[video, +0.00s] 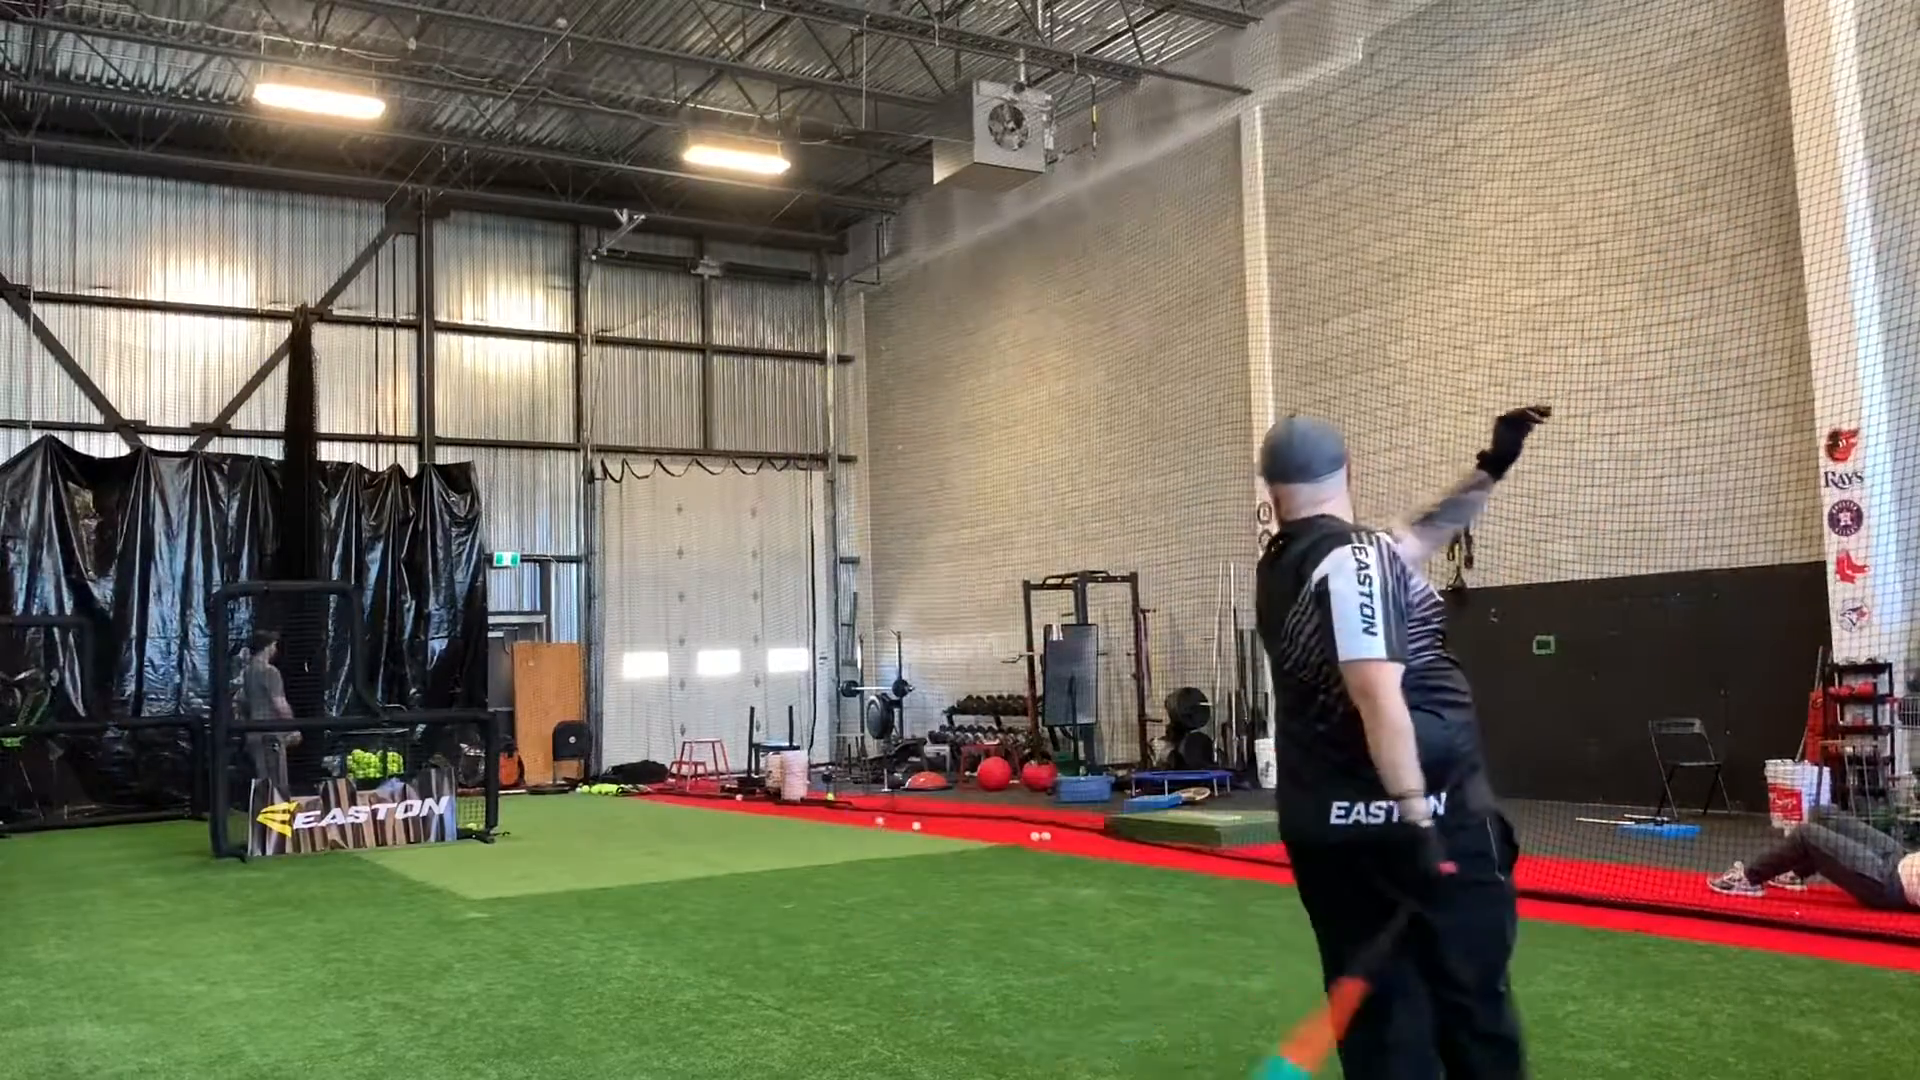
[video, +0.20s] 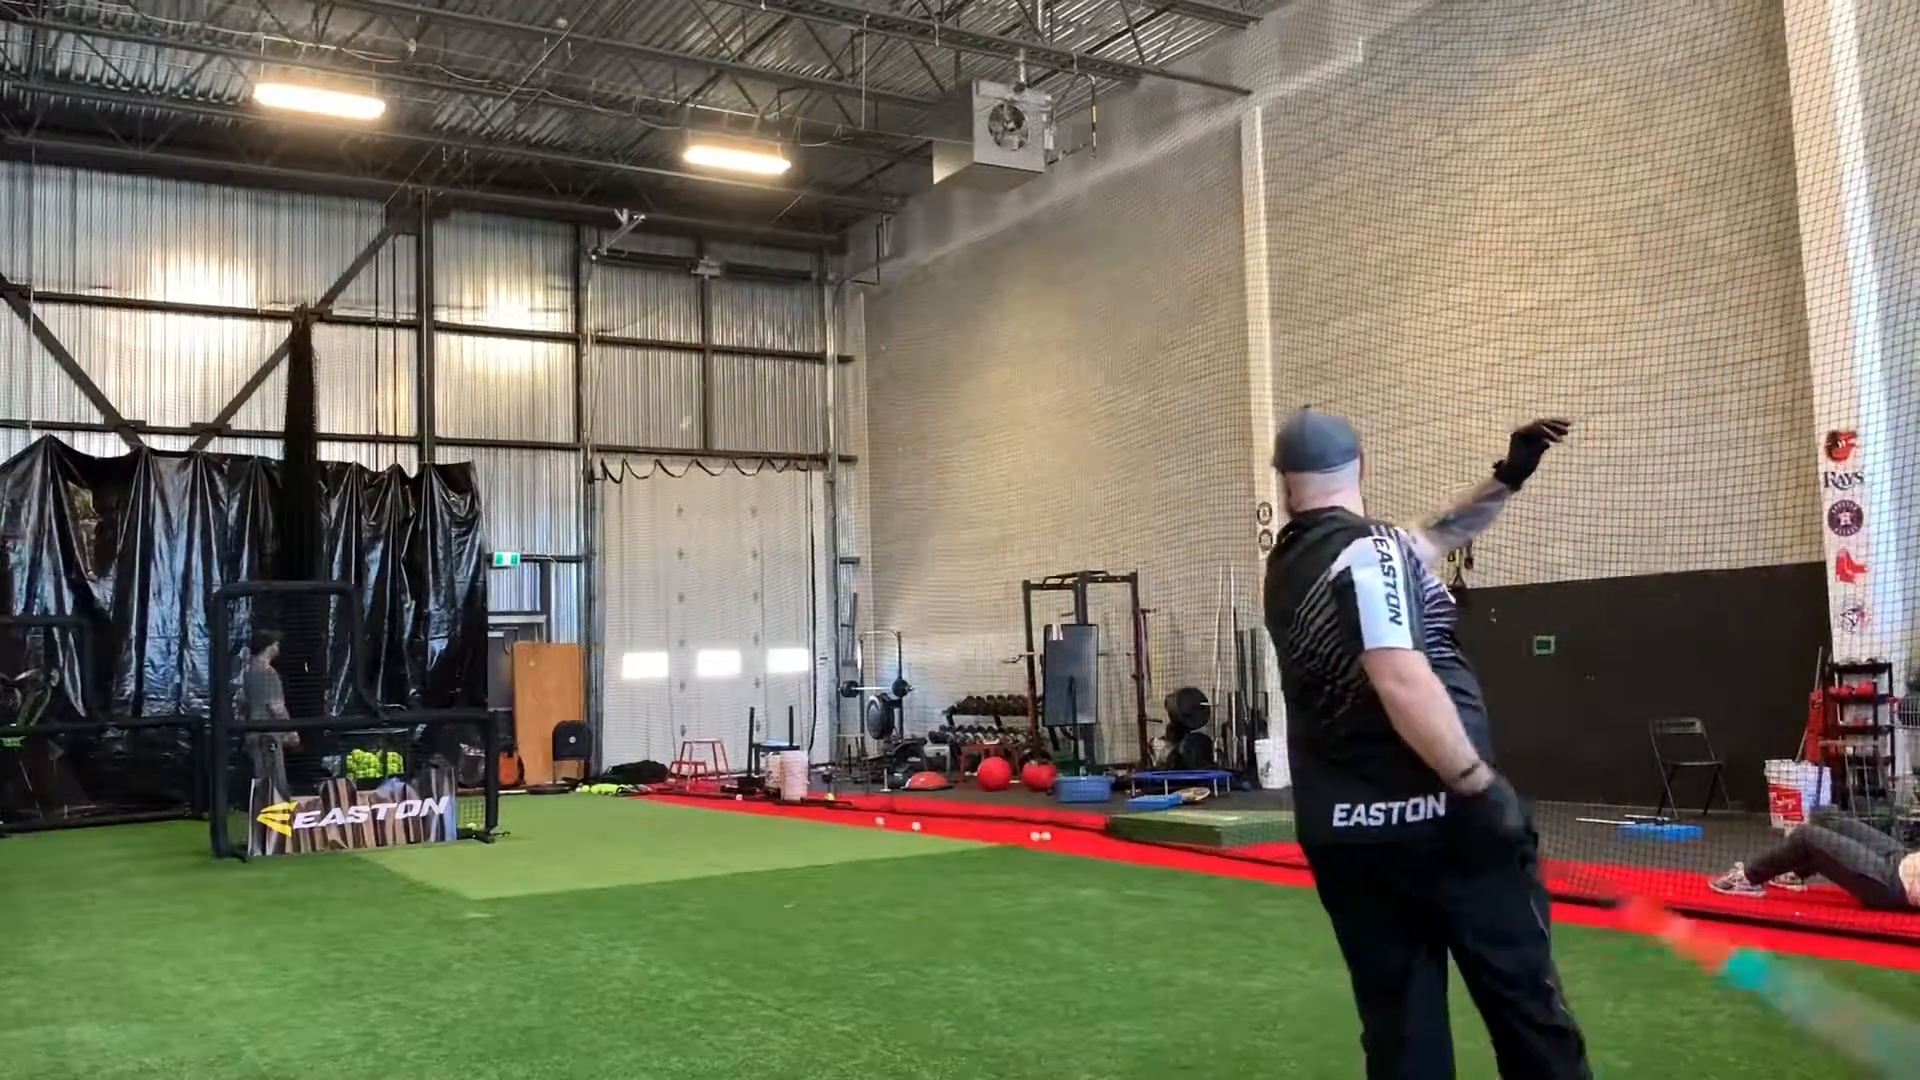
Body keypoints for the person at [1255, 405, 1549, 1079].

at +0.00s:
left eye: (1271, 482)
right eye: (1350, 467)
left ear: (1270, 491)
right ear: (1348, 472)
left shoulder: (1281, 565)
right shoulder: (1358, 558)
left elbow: (1419, 538)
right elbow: (1374, 689)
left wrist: (1490, 469)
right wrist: (1420, 821)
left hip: (1329, 831)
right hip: (1424, 824)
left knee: (1376, 1023)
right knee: (1473, 1015)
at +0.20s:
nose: (1365, 472)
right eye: (1362, 463)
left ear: (1282, 481)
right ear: (1360, 468)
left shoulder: (1288, 564)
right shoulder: (1374, 552)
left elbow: (1432, 538)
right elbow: (1396, 671)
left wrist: (1507, 478)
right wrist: (1477, 781)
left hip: (1343, 828)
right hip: (1439, 820)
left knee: (1399, 1028)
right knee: (1528, 1013)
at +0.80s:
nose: (1356, 512)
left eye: (1354, 498)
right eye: (1353, 499)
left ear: (1376, 489)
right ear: (1441, 472)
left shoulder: (1365, 590)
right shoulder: (1546, 533)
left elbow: (1298, 741)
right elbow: (1646, 621)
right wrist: (1731, 652)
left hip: (1448, 842)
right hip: (1571, 829)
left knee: (1412, 1038)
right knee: (1543, 1030)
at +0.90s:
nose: (1359, 531)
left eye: (1355, 511)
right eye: (1353, 513)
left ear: (1385, 494)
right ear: (1436, 480)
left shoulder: (1399, 588)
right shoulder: (1557, 537)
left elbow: (1311, 722)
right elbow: (1653, 615)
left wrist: (1208, 807)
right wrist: (1718, 636)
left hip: (1477, 835)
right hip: (1593, 827)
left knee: (1428, 1039)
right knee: (1555, 1027)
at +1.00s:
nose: (1357, 532)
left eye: (1358, 512)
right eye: (1352, 516)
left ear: (1400, 497)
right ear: (1420, 489)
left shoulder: (1424, 581)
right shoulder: (1556, 536)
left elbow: (1366, 704)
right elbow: (1645, 608)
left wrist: (1247, 771)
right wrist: (1685, 627)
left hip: (1504, 828)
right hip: (1611, 817)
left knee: (1447, 1037)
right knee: (1570, 1030)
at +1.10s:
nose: (1365, 532)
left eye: (1368, 514)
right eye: (1361, 518)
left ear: (1412, 495)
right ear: (1427, 493)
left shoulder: (1453, 578)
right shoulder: (1551, 537)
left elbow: (1431, 694)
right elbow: (1627, 613)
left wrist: (1318, 761)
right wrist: (1643, 617)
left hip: (1524, 831)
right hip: (1611, 819)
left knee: (1478, 1025)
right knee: (1575, 1022)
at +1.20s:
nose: (1378, 525)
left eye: (1382, 505)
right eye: (1373, 509)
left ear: (1432, 490)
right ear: (1440, 492)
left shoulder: (1482, 556)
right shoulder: (1535, 540)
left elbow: (1506, 650)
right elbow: (1594, 665)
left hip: (1550, 831)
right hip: (1598, 820)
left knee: (1512, 1024)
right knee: (1566, 1026)